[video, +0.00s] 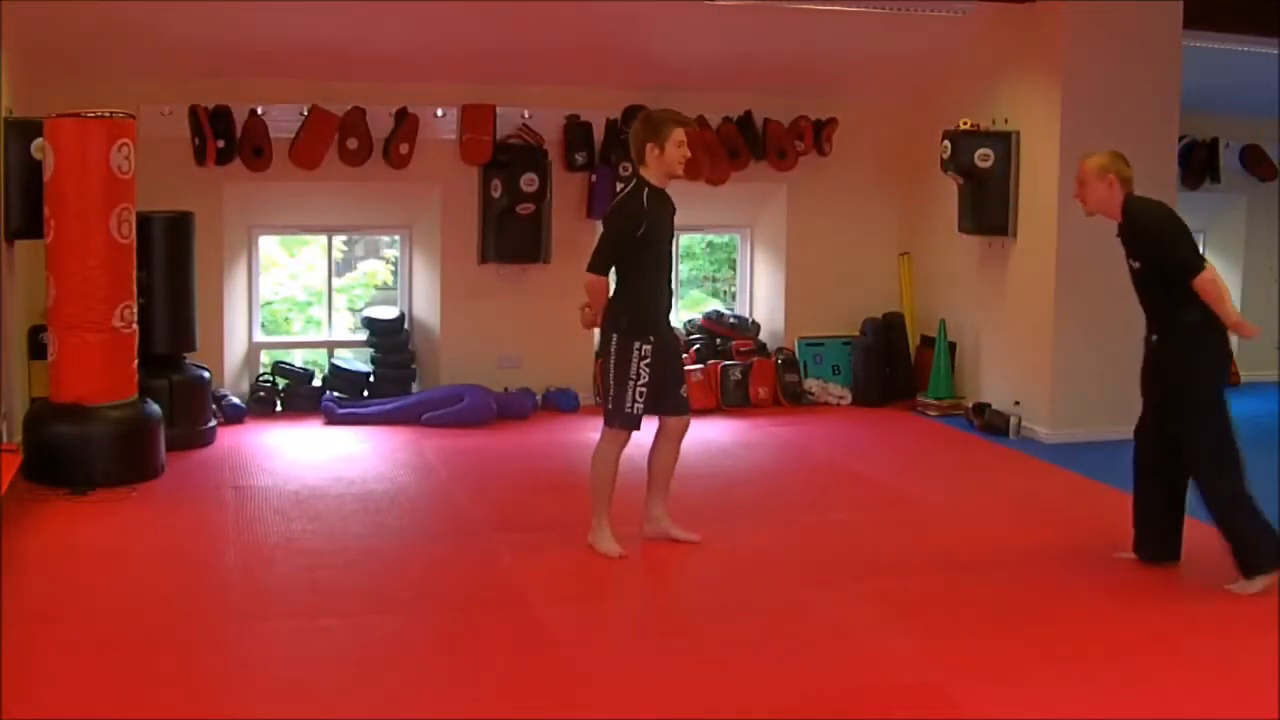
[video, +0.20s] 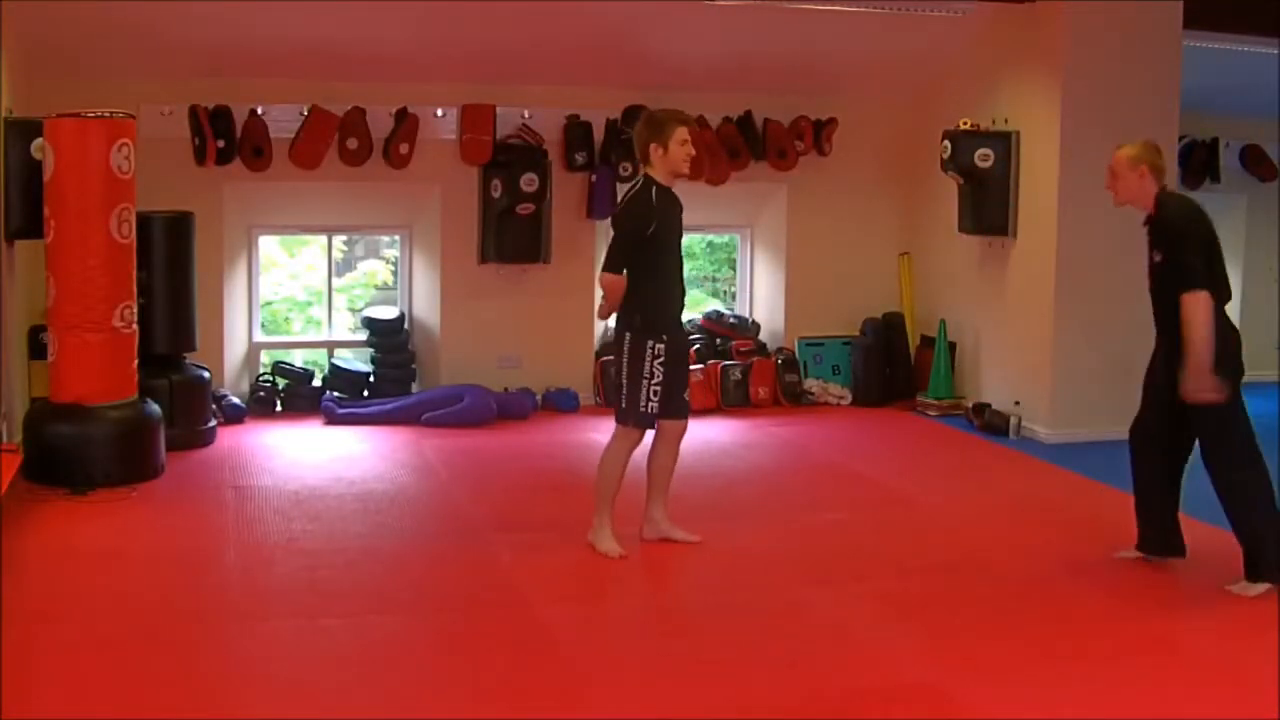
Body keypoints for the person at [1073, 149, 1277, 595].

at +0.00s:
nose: (1077, 193)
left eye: (1082, 184)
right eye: (1077, 185)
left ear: (1110, 184)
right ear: (1108, 185)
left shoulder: (1150, 219)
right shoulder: (1133, 224)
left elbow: (1202, 277)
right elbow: (1186, 280)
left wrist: (1232, 320)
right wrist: (1224, 322)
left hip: (1192, 354)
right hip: (1167, 354)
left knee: (1210, 456)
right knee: (1156, 447)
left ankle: (1263, 559)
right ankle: (1156, 547)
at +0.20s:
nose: (1109, 184)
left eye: (1114, 175)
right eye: (1109, 175)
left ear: (1143, 176)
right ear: (1141, 177)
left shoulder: (1179, 215)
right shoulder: (1161, 218)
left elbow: (1197, 294)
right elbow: (1181, 294)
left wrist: (1200, 367)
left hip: (1205, 355)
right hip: (1175, 352)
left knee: (1234, 462)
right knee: (1149, 440)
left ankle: (1266, 568)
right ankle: (1160, 542)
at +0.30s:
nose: (1126, 175)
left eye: (1130, 165)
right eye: (1125, 166)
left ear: (1157, 159)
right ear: (1158, 160)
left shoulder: (1189, 204)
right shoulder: (1177, 202)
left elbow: (1163, 277)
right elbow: (1170, 277)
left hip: (1202, 340)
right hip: (1174, 338)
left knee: (1224, 451)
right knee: (1139, 430)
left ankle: (1263, 564)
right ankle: (1152, 534)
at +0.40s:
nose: (1130, 163)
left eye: (1136, 153)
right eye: (1130, 154)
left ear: (1164, 152)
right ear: (1165, 152)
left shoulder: (1185, 202)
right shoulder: (1184, 198)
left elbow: (1119, 246)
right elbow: (1191, 286)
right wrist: (1220, 353)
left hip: (1190, 340)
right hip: (1165, 338)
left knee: (1213, 449)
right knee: (1131, 426)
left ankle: (1257, 558)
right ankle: (1140, 535)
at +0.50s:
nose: (1126, 164)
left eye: (1132, 154)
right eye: (1127, 155)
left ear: (1161, 157)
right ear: (1161, 158)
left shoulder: (1174, 206)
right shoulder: (1168, 204)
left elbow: (1090, 223)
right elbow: (1095, 223)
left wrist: (1017, 216)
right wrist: (1022, 218)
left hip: (1176, 347)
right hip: (1148, 346)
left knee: (1204, 455)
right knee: (1121, 445)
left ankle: (1255, 558)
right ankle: (1128, 548)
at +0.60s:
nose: (1112, 168)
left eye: (1119, 160)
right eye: (1114, 159)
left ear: (1147, 164)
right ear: (1148, 166)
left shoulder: (1150, 212)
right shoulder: (1161, 210)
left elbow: (1068, 210)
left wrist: (1003, 195)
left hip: (1149, 352)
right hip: (1133, 351)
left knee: (1178, 458)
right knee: (1107, 454)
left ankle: (1248, 555)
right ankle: (1120, 558)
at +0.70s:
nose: (1091, 167)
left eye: (1098, 159)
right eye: (1093, 159)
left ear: (1126, 165)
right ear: (1126, 166)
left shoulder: (1129, 211)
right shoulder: (1132, 209)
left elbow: (1045, 202)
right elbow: (1046, 202)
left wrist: (977, 184)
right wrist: (982, 186)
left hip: (1126, 346)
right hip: (1112, 343)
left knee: (1127, 453)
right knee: (1098, 451)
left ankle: (1217, 542)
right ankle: (1115, 559)